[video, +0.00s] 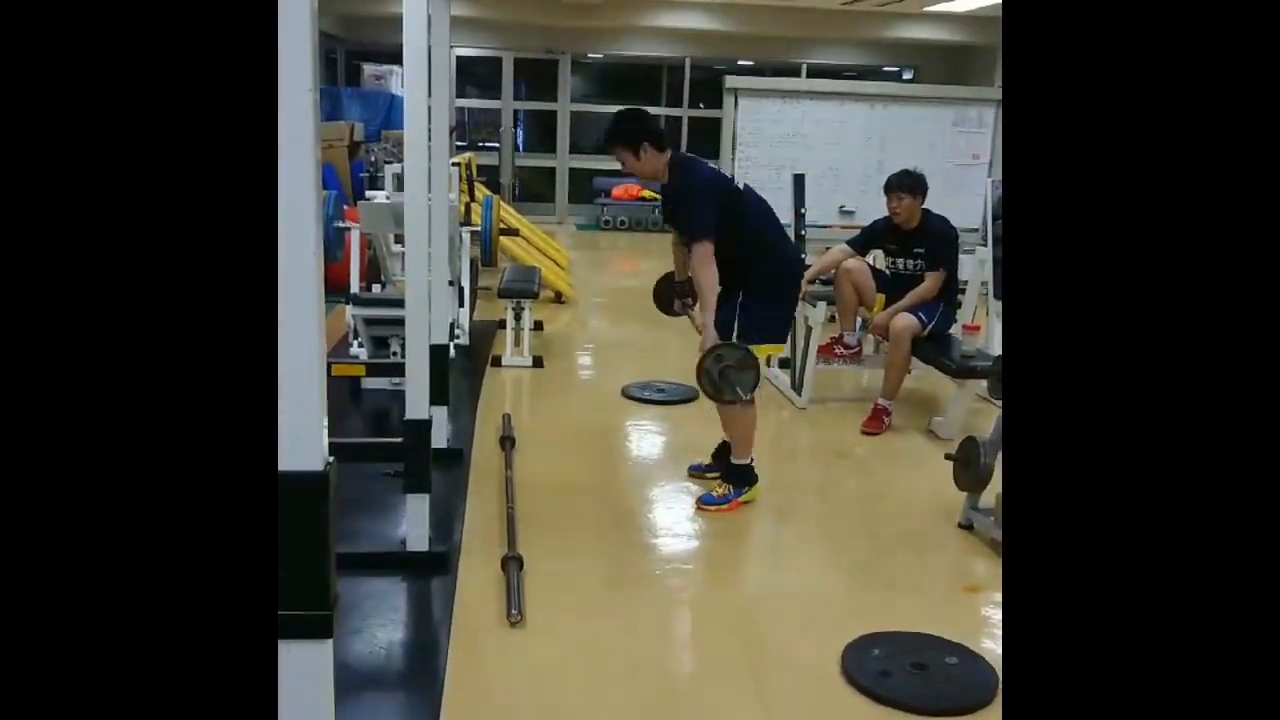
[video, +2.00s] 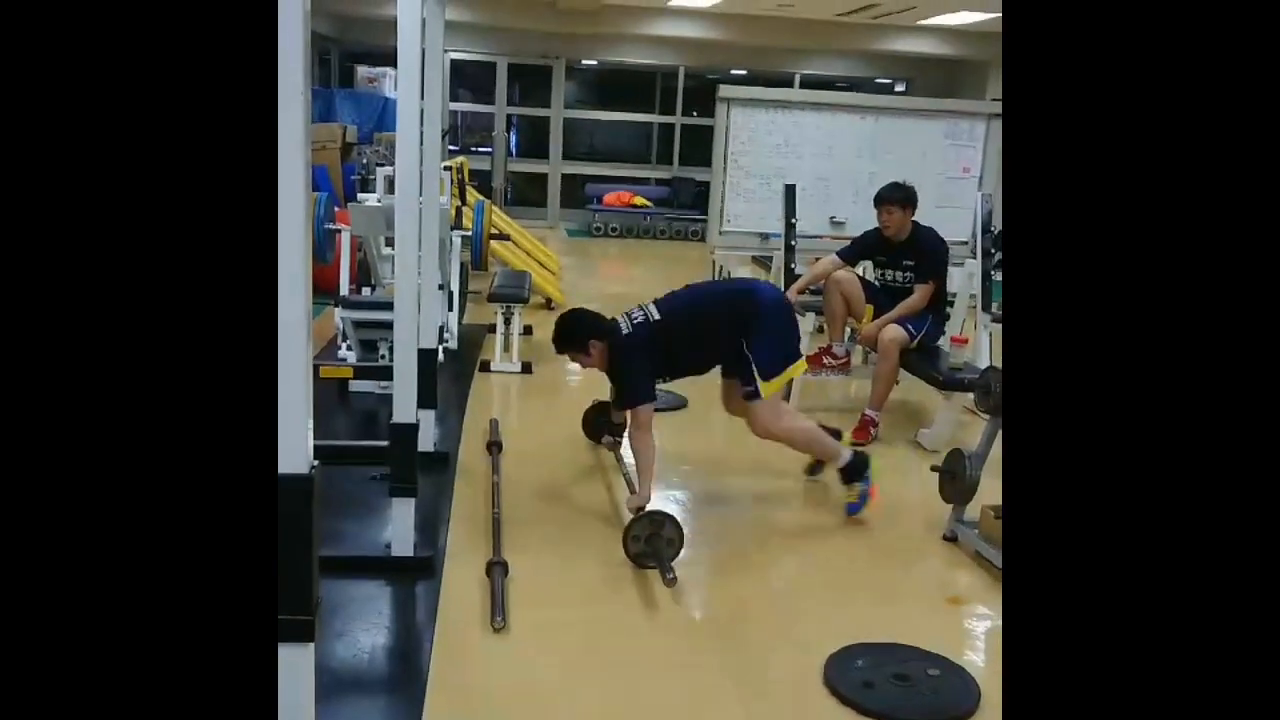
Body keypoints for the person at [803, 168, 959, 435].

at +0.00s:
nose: (893, 205)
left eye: (900, 198)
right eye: (889, 198)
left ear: (919, 200)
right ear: (886, 199)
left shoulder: (941, 231)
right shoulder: (883, 227)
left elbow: (931, 287)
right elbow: (842, 252)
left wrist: (888, 313)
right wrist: (806, 278)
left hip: (935, 303)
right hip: (894, 294)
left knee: (901, 325)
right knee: (847, 268)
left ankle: (883, 406)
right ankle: (848, 342)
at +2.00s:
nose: (883, 218)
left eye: (890, 212)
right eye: (880, 211)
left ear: (909, 213)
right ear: (876, 212)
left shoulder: (930, 243)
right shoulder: (873, 238)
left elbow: (921, 299)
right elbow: (832, 263)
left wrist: (877, 325)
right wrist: (795, 289)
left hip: (925, 314)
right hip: (885, 305)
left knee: (889, 336)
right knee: (837, 279)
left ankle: (870, 418)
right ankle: (837, 354)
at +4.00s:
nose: (880, 251)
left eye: (887, 245)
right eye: (877, 244)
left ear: (906, 246)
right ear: (873, 244)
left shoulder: (927, 277)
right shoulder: (870, 271)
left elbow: (916, 332)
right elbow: (828, 295)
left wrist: (873, 357)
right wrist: (792, 321)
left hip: (919, 347)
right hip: (880, 337)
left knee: (885, 368)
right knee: (834, 311)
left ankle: (866, 449)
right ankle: (834, 386)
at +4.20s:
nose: (879, 252)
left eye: (887, 246)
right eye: (876, 245)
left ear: (905, 247)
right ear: (872, 245)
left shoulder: (926, 277)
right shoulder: (870, 271)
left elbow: (916, 332)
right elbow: (829, 295)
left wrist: (873, 357)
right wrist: (792, 322)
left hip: (920, 347)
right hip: (881, 338)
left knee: (885, 369)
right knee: (834, 312)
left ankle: (866, 450)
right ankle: (834, 386)